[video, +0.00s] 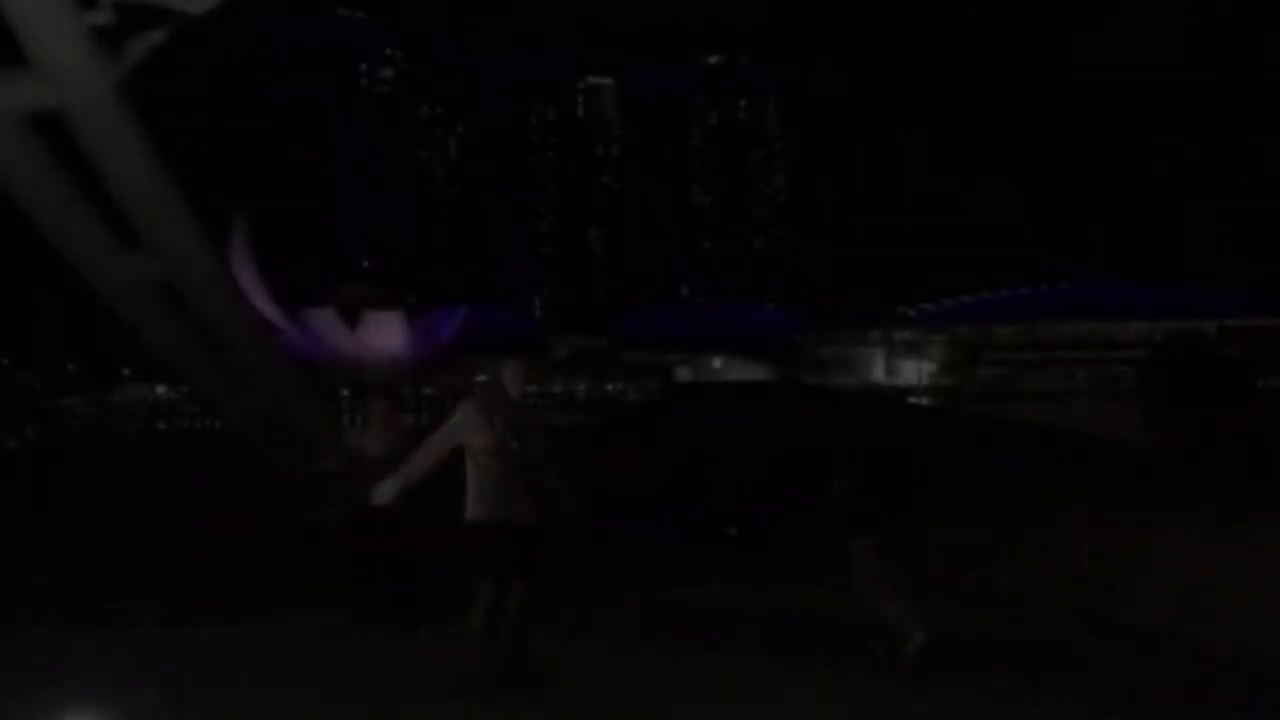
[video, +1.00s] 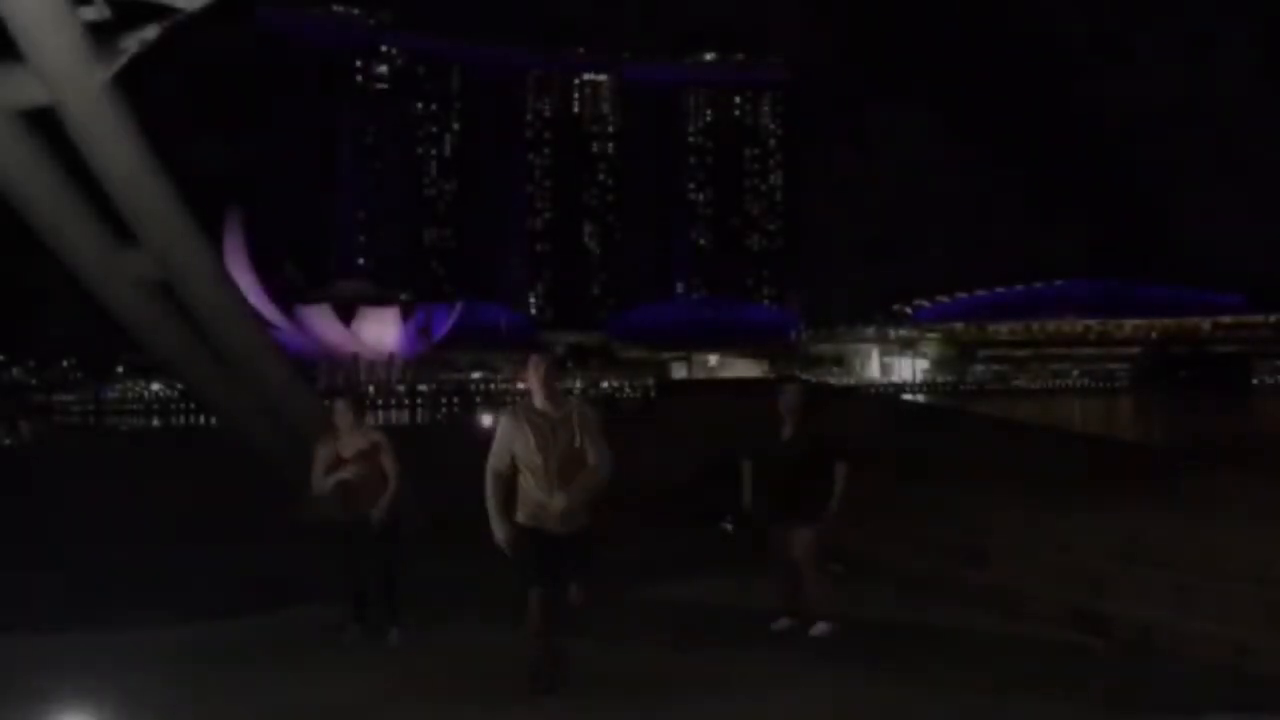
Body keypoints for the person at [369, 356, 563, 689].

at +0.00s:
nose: (523, 380)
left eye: (526, 372)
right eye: (517, 371)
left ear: (530, 376)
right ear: (501, 372)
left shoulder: (524, 414)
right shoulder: (477, 411)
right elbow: (433, 451)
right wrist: (395, 484)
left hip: (519, 521)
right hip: (483, 523)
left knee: (517, 594)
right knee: (485, 595)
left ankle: (513, 662)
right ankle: (478, 664)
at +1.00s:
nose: (545, 376)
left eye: (550, 369)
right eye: (538, 370)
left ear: (559, 375)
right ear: (526, 377)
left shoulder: (580, 416)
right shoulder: (513, 421)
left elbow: (599, 465)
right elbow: (496, 474)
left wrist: (570, 496)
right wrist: (499, 524)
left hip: (574, 526)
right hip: (532, 526)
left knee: (573, 599)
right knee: (537, 601)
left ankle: (562, 670)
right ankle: (538, 674)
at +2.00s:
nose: (628, 433)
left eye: (634, 425)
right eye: (621, 425)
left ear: (644, 426)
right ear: (609, 426)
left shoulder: (659, 453)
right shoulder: (594, 457)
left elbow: (688, 489)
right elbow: (532, 469)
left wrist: (639, 474)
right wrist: (578, 464)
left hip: (635, 545)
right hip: (595, 542)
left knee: (657, 605)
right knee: (630, 601)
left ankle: (605, 656)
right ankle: (624, 695)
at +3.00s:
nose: (597, 394)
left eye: (604, 386)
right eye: (592, 387)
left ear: (618, 390)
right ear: (585, 392)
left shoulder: (641, 419)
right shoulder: (579, 421)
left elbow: (700, 426)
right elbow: (523, 446)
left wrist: (651, 440)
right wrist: (574, 448)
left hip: (642, 509)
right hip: (602, 516)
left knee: (631, 564)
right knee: (603, 584)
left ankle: (630, 651)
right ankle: (620, 642)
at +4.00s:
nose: (639, 400)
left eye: (646, 393)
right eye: (633, 393)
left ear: (656, 394)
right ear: (621, 394)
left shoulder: (668, 418)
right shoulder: (602, 420)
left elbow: (714, 451)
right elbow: (569, 475)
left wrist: (689, 476)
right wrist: (612, 479)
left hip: (641, 515)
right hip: (600, 516)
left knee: (631, 587)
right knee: (604, 586)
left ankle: (620, 654)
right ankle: (609, 661)